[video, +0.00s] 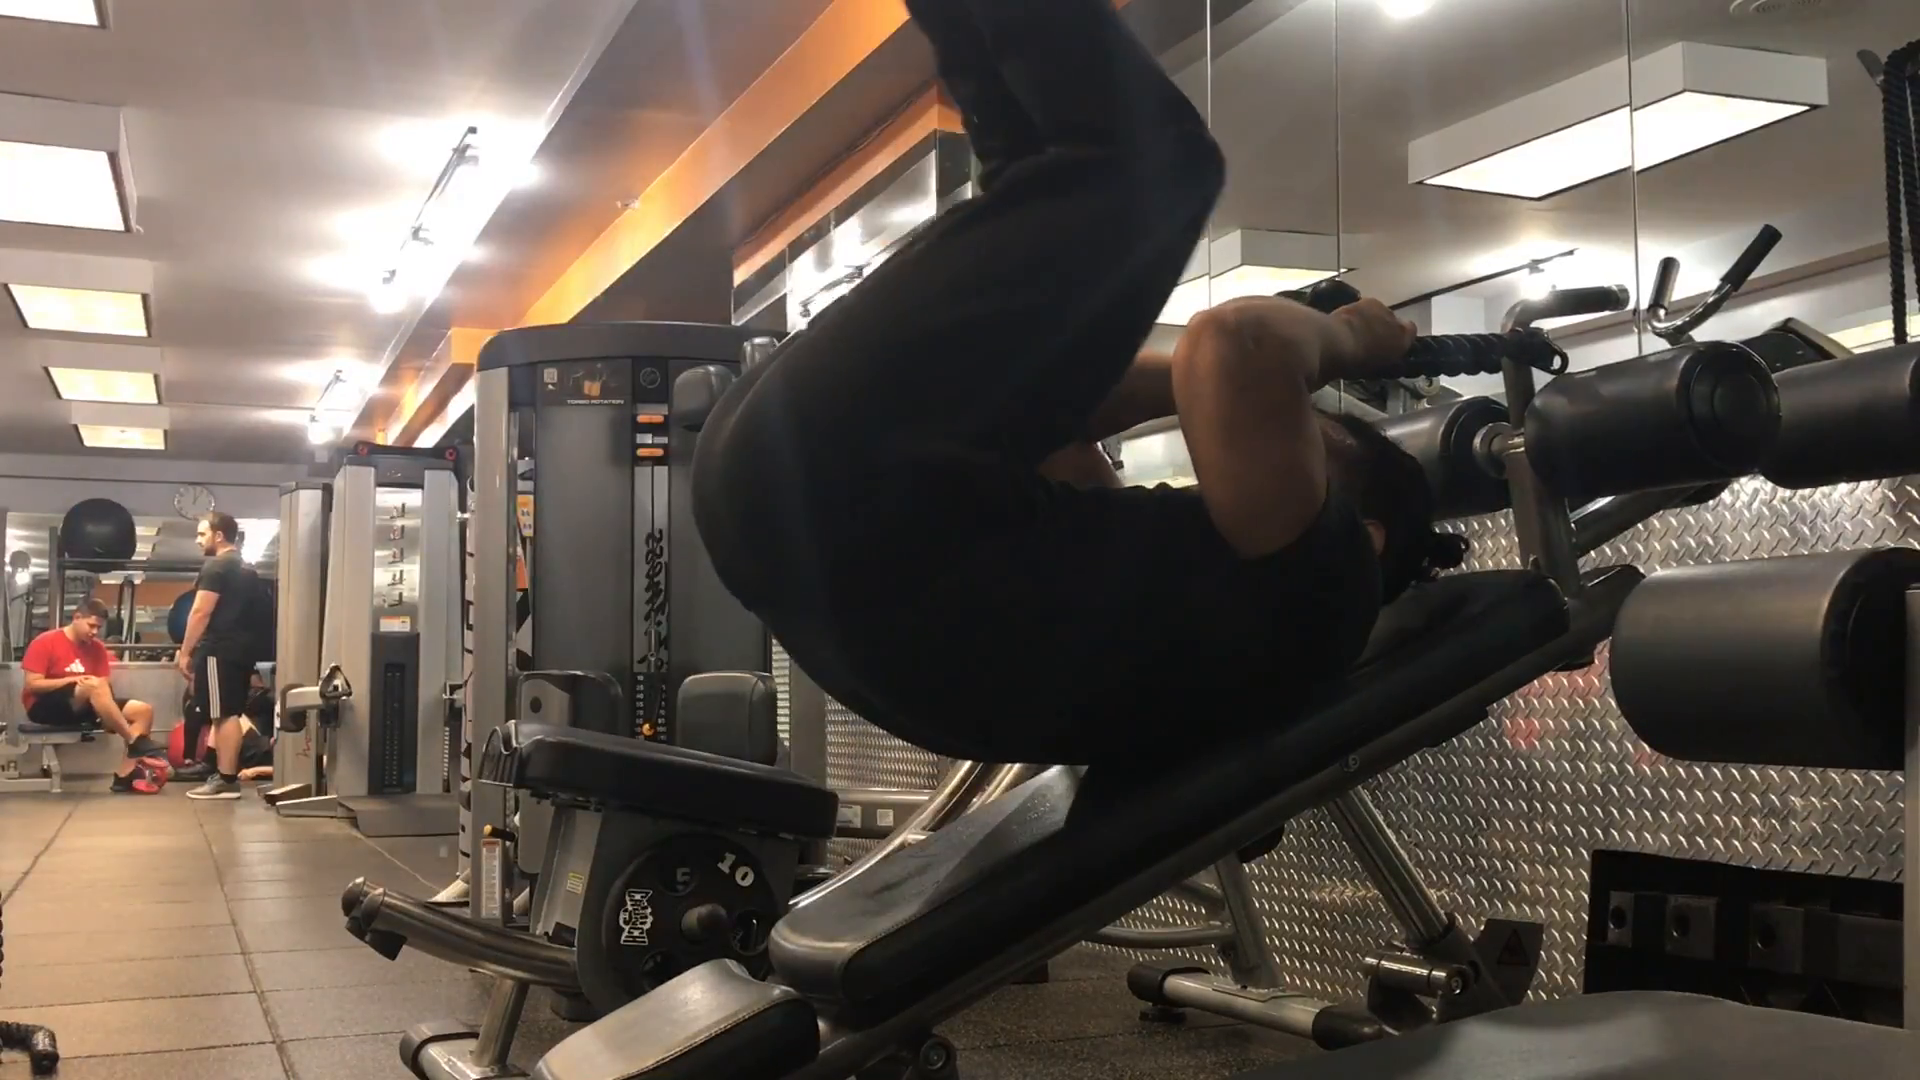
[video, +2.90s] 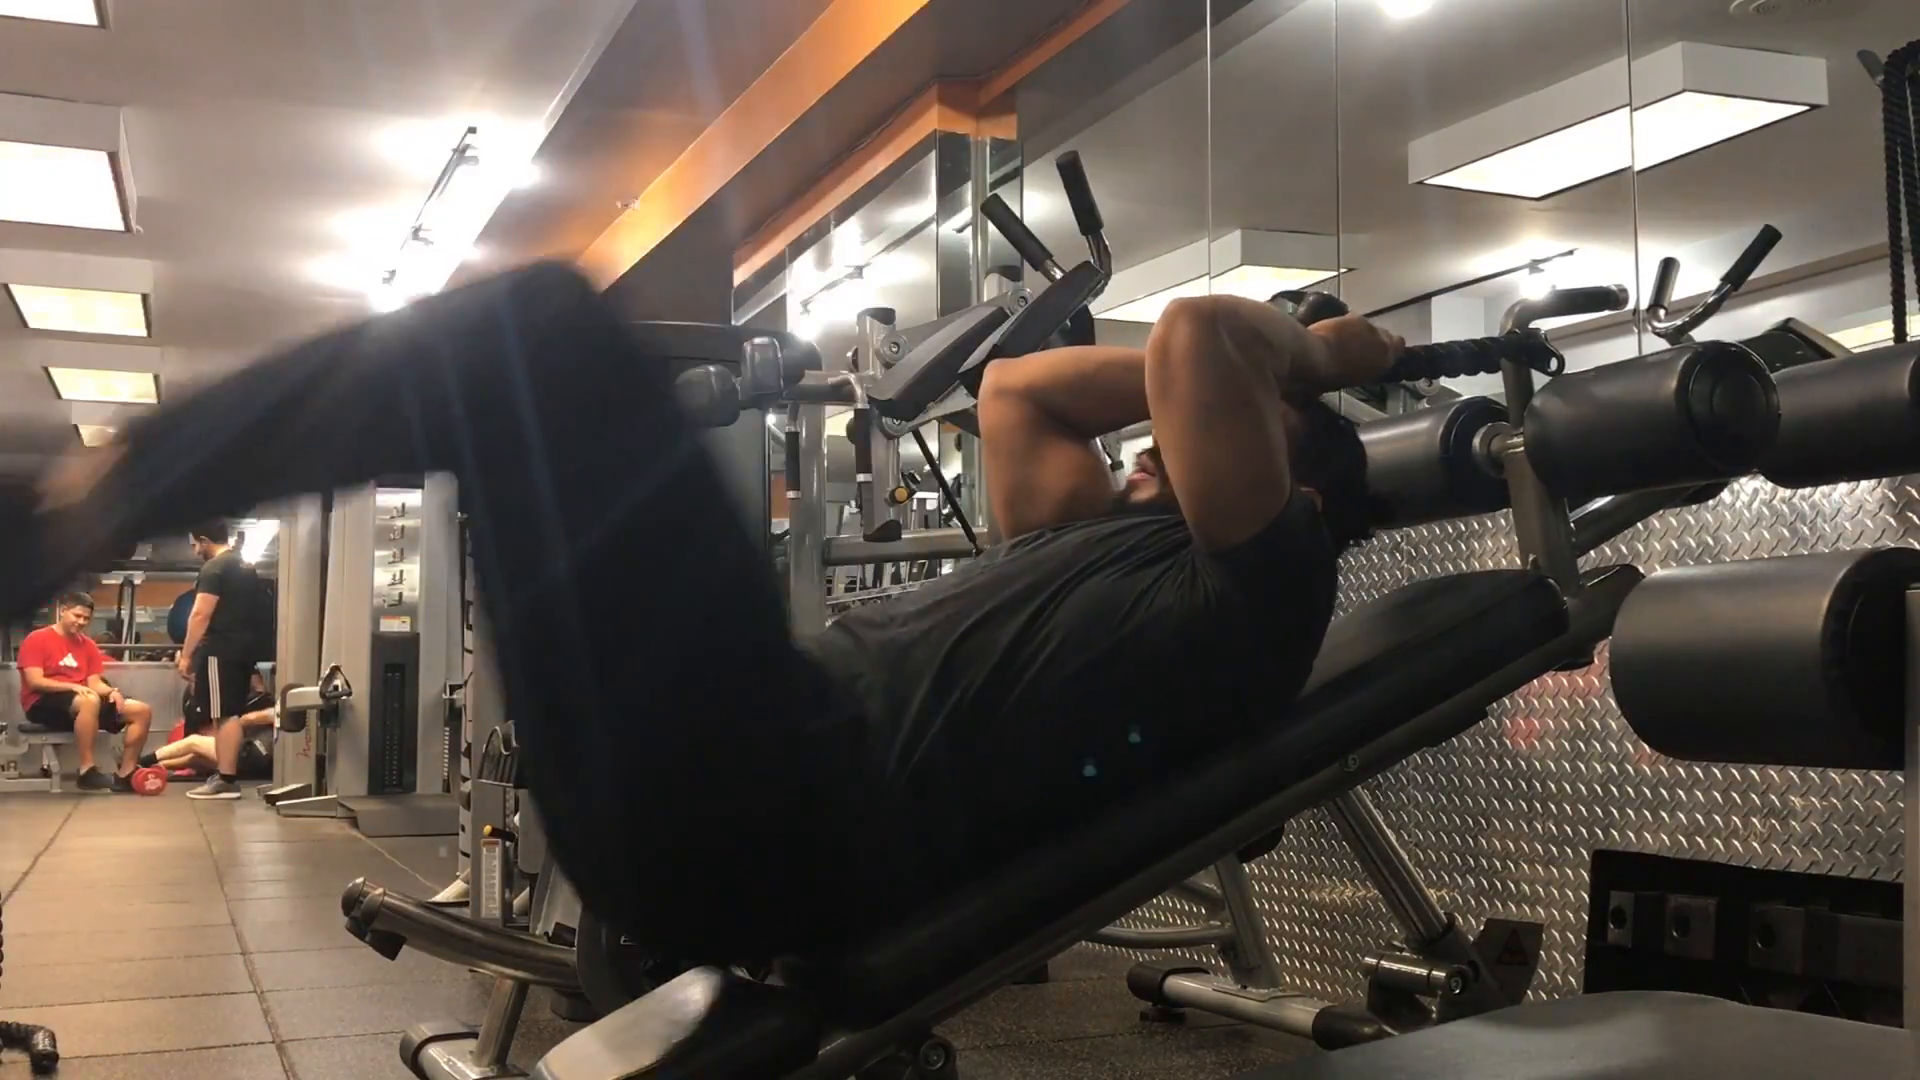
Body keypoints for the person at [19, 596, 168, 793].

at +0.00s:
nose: (94, 632)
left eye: (98, 628)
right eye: (91, 626)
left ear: (102, 627)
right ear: (76, 618)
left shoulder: (97, 649)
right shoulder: (45, 642)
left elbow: (104, 686)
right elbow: (32, 684)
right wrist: (74, 680)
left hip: (84, 707)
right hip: (45, 708)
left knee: (143, 711)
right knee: (97, 685)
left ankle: (124, 775)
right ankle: (133, 741)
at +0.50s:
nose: (95, 632)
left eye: (99, 628)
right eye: (92, 625)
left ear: (102, 627)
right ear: (77, 616)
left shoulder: (98, 648)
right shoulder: (46, 641)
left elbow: (103, 684)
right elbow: (35, 683)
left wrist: (110, 704)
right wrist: (76, 689)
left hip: (84, 706)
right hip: (46, 705)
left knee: (144, 712)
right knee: (94, 701)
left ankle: (123, 776)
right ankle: (125, 757)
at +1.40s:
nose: (92, 632)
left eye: (96, 628)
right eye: (88, 627)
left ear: (100, 626)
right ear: (74, 617)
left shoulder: (98, 646)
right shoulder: (45, 644)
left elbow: (101, 684)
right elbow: (38, 687)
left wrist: (108, 706)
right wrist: (77, 696)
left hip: (85, 703)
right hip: (47, 706)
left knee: (143, 711)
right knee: (90, 712)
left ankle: (129, 773)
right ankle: (107, 777)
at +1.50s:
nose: (91, 632)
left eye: (95, 627)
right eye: (87, 626)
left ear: (99, 625)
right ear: (73, 618)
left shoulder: (97, 647)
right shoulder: (45, 643)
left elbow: (101, 683)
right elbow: (38, 687)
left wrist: (106, 708)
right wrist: (77, 695)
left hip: (82, 704)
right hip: (44, 704)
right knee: (88, 712)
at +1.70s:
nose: (90, 631)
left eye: (95, 626)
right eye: (86, 625)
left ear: (98, 625)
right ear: (71, 618)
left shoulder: (97, 647)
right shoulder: (44, 644)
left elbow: (101, 684)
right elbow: (38, 686)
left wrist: (108, 706)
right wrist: (78, 695)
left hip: (85, 702)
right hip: (47, 705)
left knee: (143, 712)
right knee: (90, 714)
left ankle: (129, 773)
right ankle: (108, 777)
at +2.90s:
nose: (80, 622)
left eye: (86, 618)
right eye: (77, 616)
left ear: (90, 620)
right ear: (62, 611)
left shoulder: (88, 645)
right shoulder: (37, 639)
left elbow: (95, 683)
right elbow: (35, 681)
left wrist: (112, 691)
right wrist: (77, 688)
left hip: (80, 701)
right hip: (43, 702)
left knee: (142, 712)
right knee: (90, 701)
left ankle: (126, 774)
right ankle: (87, 771)